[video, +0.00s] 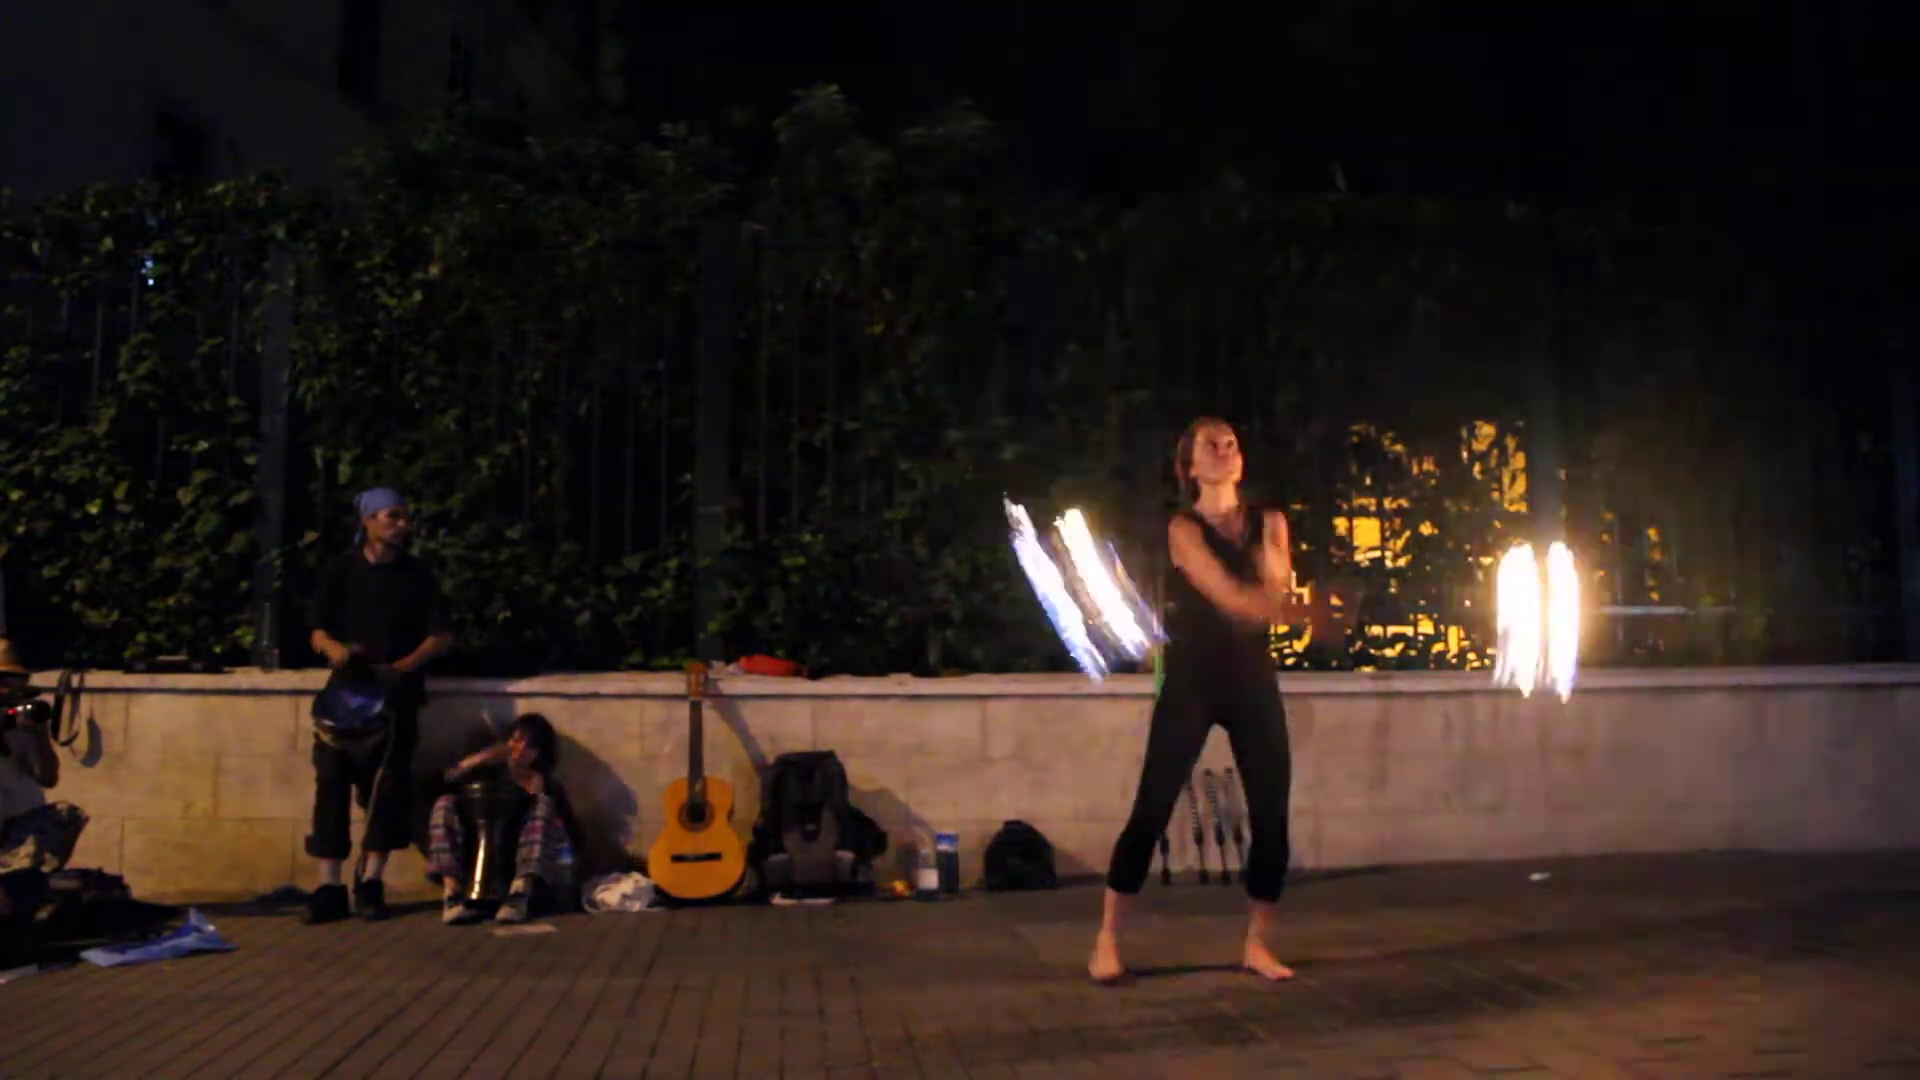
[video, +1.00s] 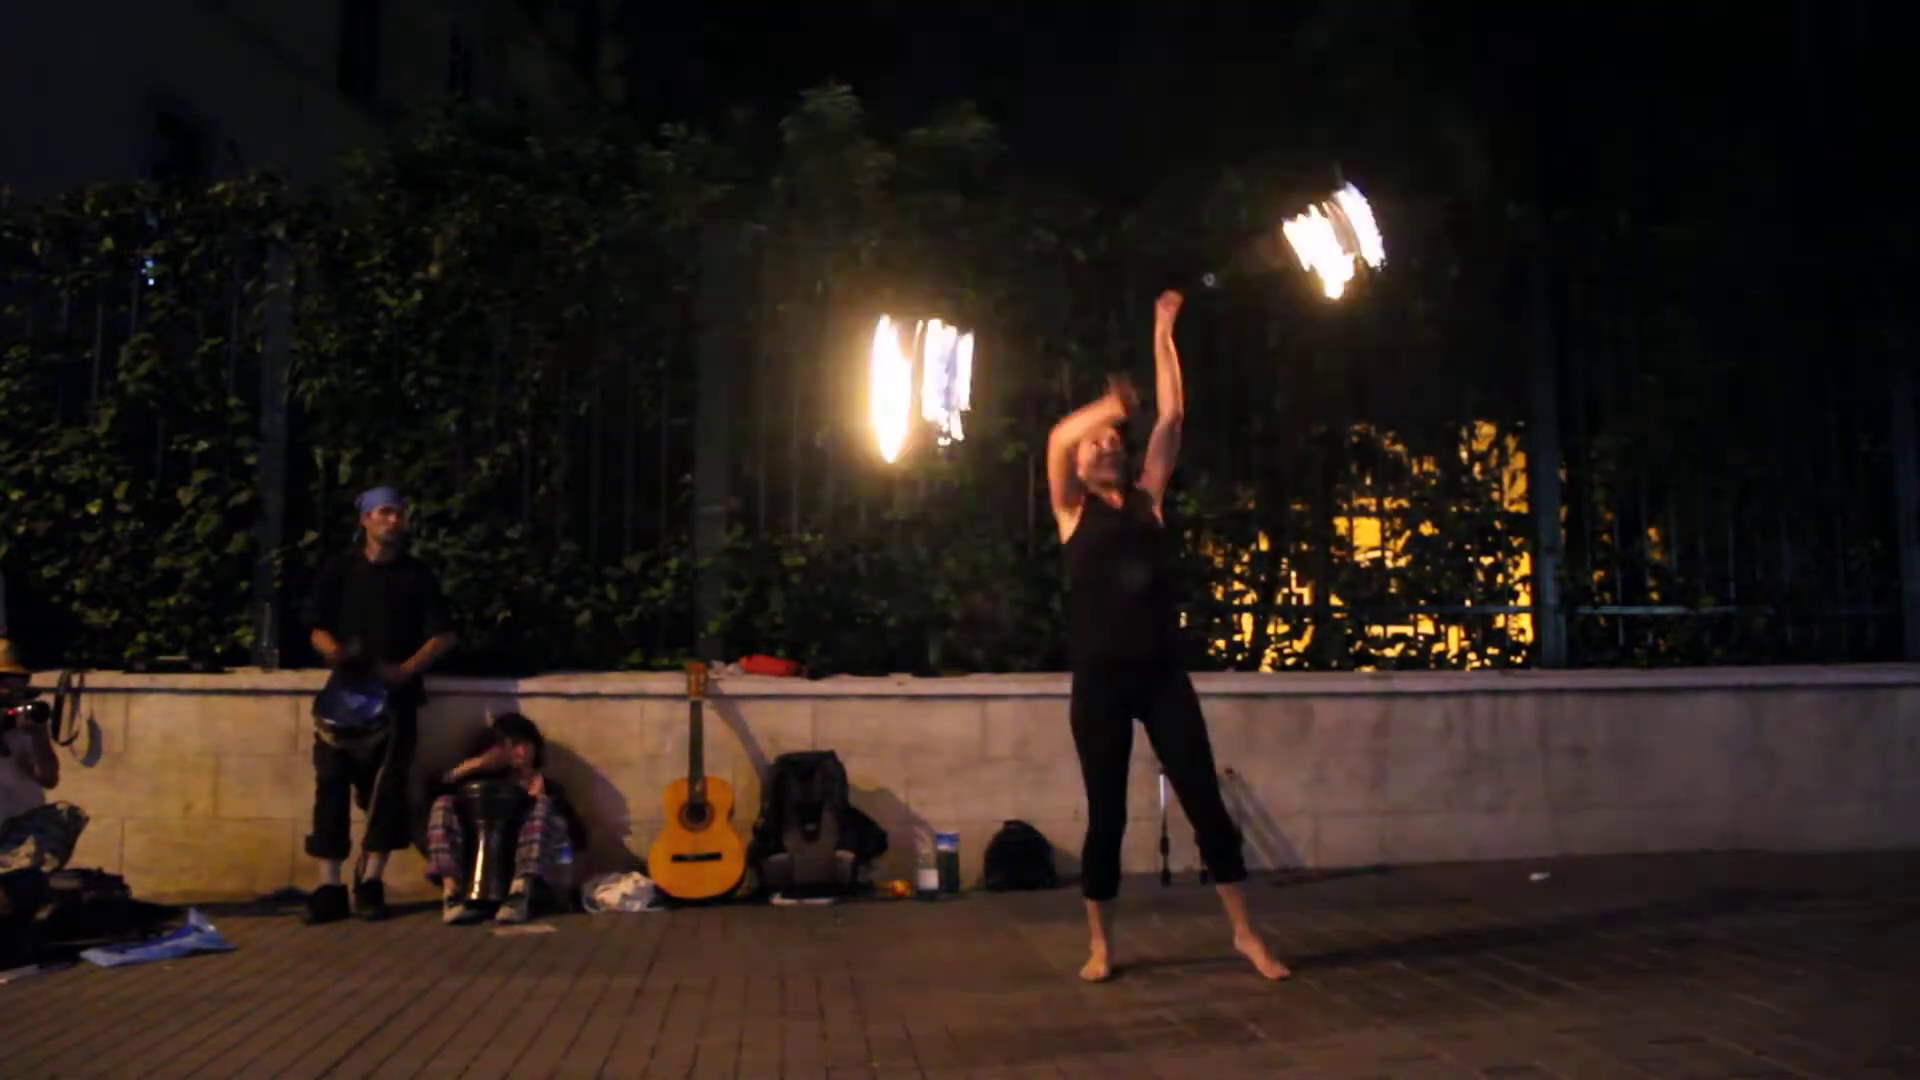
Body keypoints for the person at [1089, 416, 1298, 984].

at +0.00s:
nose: (1226, 450)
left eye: (1232, 443)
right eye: (1212, 443)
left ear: (1242, 459)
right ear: (1188, 462)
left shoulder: (1268, 524)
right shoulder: (1183, 529)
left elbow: (1278, 594)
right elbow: (1231, 602)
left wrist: (1264, 554)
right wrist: (1296, 611)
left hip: (1254, 684)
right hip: (1190, 685)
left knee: (1272, 816)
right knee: (1150, 814)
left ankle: (1256, 942)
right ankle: (1107, 937)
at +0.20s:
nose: (1203, 427)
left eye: (1209, 421)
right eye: (1190, 422)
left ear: (1224, 440)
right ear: (1171, 445)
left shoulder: (1256, 506)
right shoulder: (1157, 510)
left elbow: (1329, 550)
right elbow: (1123, 582)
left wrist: (1398, 579)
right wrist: (1081, 622)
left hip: (1239, 671)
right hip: (1172, 670)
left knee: (1248, 799)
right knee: (1141, 796)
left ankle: (1261, 938)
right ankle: (1099, 934)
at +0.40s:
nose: (1178, 426)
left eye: (1184, 420)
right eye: (1165, 421)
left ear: (1197, 436)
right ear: (1140, 443)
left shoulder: (1218, 490)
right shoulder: (1129, 493)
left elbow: (1266, 422)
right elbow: (1076, 422)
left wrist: (1304, 360)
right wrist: (1024, 346)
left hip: (1212, 664)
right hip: (1146, 666)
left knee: (1236, 797)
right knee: (1126, 802)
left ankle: (1264, 934)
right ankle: (1098, 940)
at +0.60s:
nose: (1147, 441)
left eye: (1156, 433)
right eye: (1136, 434)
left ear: (1170, 448)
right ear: (1115, 450)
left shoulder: (1175, 500)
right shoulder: (1103, 504)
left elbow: (1172, 418)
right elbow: (1128, 424)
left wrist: (1145, 333)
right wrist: (1175, 346)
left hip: (1182, 673)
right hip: (1118, 677)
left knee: (1221, 803)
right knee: (1113, 811)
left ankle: (1255, 934)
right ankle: (1099, 943)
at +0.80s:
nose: (1113, 460)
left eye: (1119, 455)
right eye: (1102, 454)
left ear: (1129, 466)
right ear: (1079, 468)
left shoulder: (1150, 512)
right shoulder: (1075, 523)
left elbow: (1161, 442)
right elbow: (1111, 490)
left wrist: (1139, 383)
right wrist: (1191, 466)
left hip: (1165, 689)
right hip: (1100, 693)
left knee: (1214, 812)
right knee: (1103, 825)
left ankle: (1253, 941)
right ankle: (1100, 951)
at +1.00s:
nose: (1109, 448)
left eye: (1114, 440)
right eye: (1096, 441)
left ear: (1126, 452)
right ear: (1075, 457)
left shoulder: (1148, 500)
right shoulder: (1073, 512)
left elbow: (1172, 416)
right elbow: (1058, 444)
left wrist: (1164, 333)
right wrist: (1106, 404)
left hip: (1163, 675)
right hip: (1099, 681)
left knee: (1205, 804)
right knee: (1105, 815)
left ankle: (1244, 933)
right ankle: (1099, 943)